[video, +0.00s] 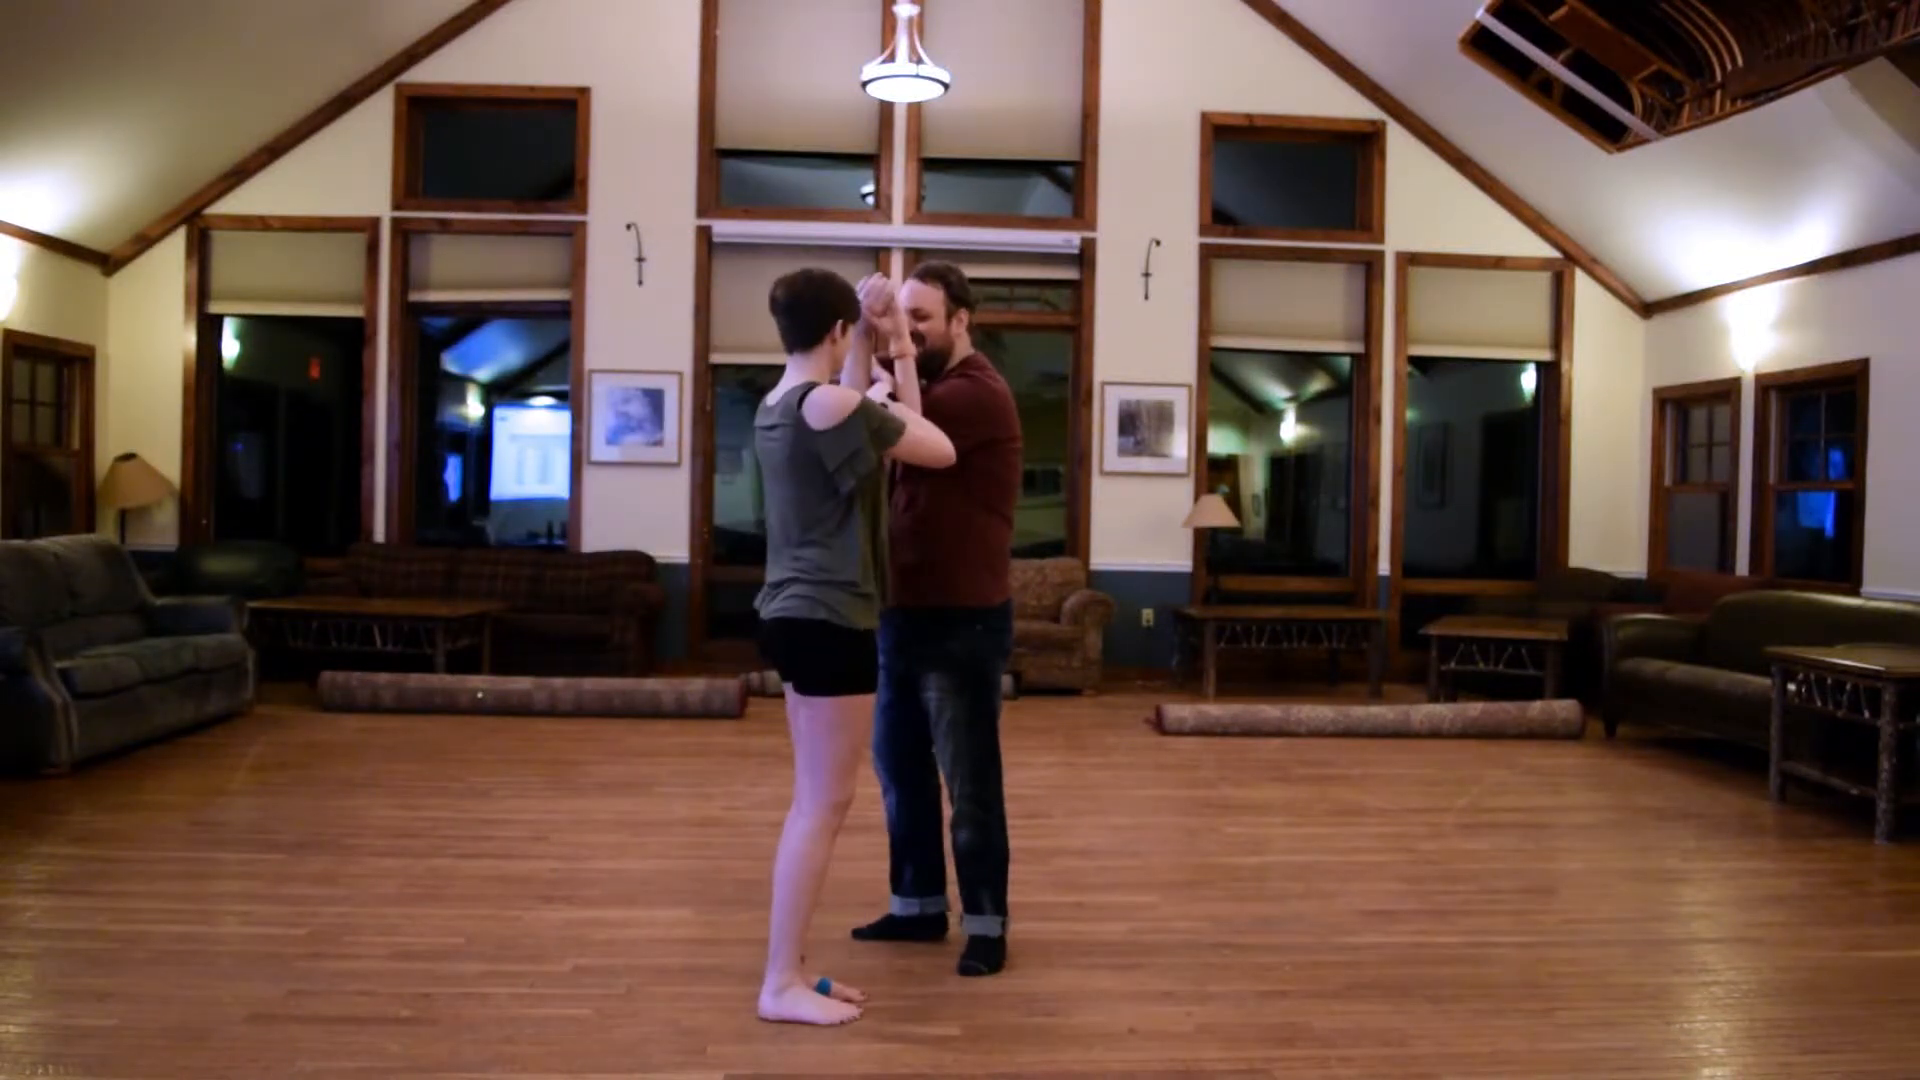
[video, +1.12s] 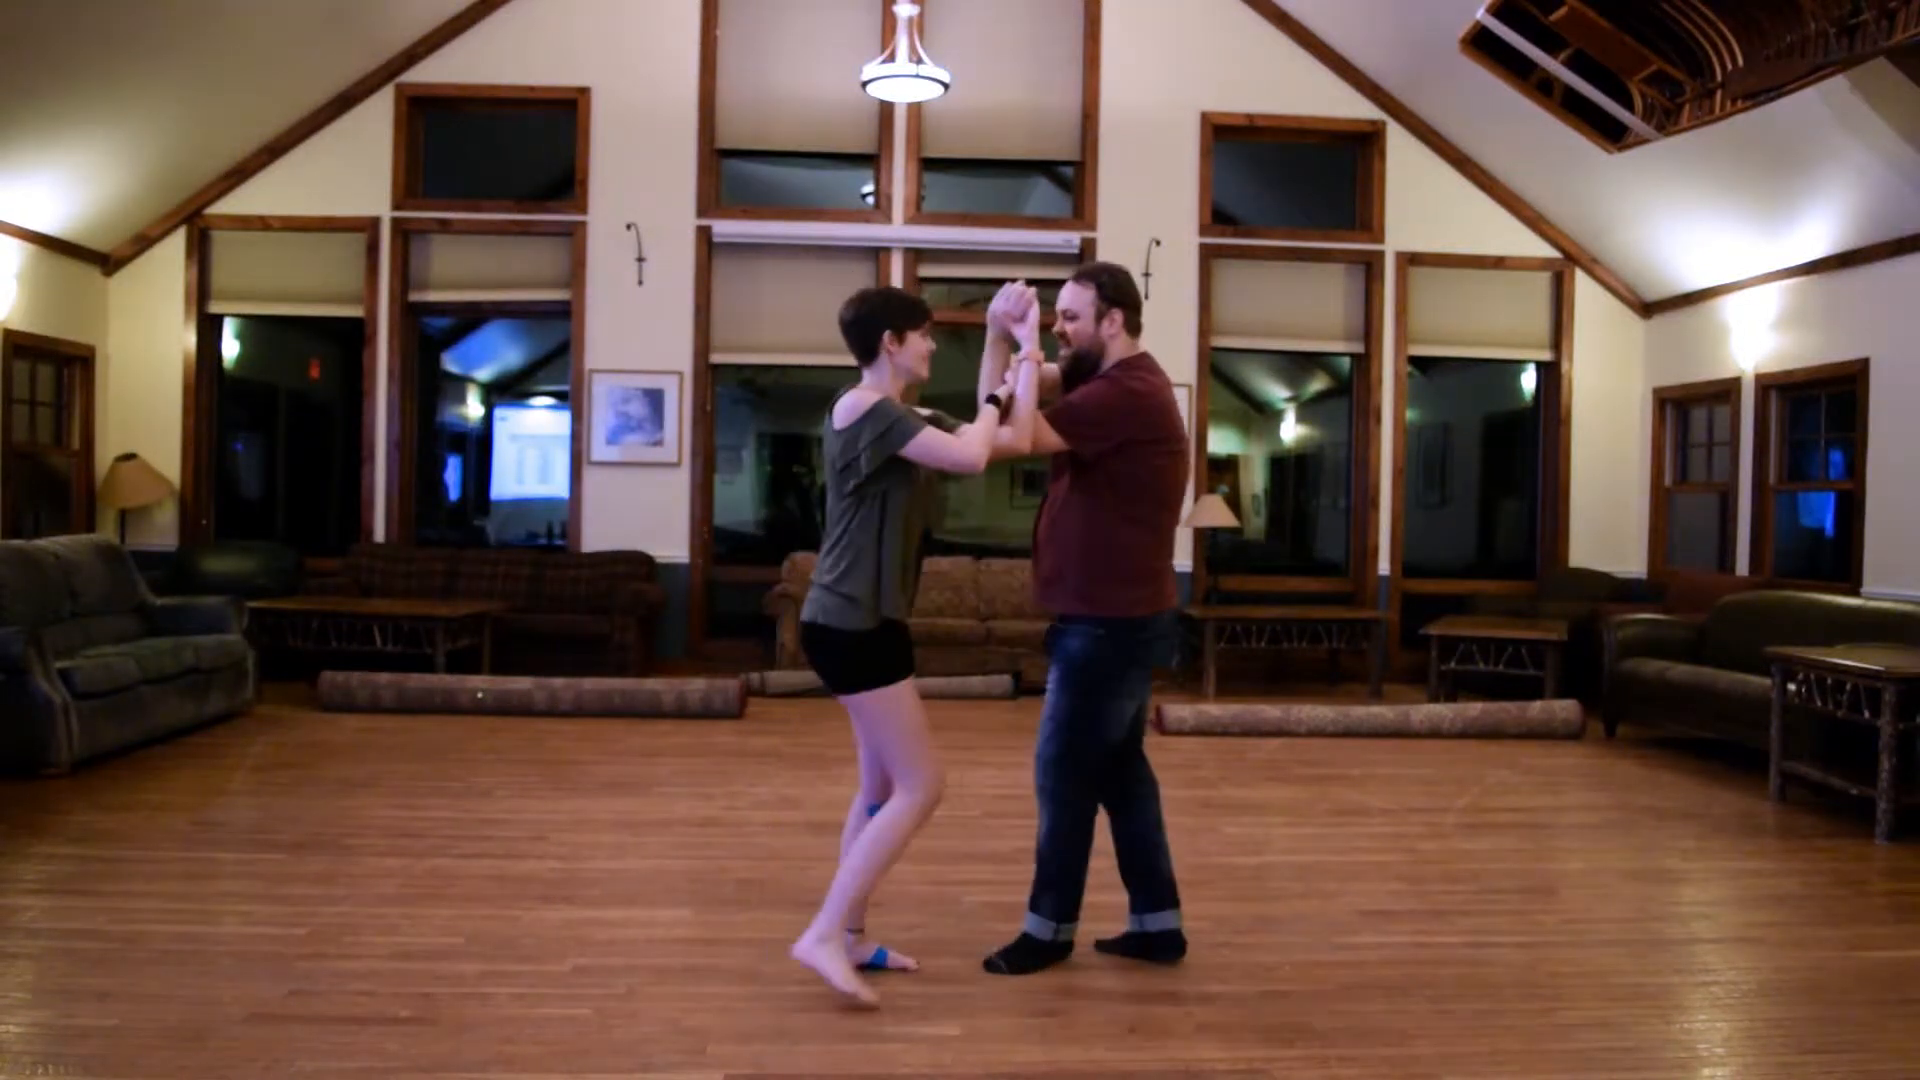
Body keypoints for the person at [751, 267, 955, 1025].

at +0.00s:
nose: (862, 336)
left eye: (862, 323)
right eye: (858, 326)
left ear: (789, 334)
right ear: (841, 333)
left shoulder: (777, 404)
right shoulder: (832, 405)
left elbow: (859, 429)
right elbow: (938, 448)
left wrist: (879, 351)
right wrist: (903, 367)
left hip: (795, 612)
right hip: (828, 619)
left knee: (817, 803)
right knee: (823, 806)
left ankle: (787, 975)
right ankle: (782, 985)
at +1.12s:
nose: (932, 351)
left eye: (932, 339)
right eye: (926, 338)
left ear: (883, 346)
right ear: (892, 344)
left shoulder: (863, 408)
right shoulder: (872, 414)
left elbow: (969, 445)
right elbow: (973, 453)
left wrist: (997, 366)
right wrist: (1010, 367)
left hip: (849, 619)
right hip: (858, 625)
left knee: (878, 786)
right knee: (921, 786)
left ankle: (849, 935)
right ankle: (824, 936)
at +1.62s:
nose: (1044, 358)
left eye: (1043, 346)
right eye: (1038, 347)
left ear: (994, 354)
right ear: (1008, 352)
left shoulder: (974, 418)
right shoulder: (991, 425)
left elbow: (1086, 448)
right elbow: (1091, 464)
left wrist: (1100, 364)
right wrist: (1116, 384)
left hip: (972, 626)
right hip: (989, 632)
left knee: (962, 789)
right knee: (1047, 790)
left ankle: (866, 913)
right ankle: (1055, 968)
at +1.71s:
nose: (1063, 357)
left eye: (1062, 345)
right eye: (1059, 345)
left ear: (1015, 352)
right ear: (1032, 350)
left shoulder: (990, 418)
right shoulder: (1015, 425)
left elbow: (1102, 448)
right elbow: (1123, 462)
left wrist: (1111, 363)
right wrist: (1145, 372)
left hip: (999, 623)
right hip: (1020, 629)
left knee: (1020, 797)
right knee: (1067, 791)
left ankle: (902, 890)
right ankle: (1056, 969)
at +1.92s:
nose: (1118, 349)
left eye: (1117, 337)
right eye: (1113, 337)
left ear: (1066, 347)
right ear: (1086, 344)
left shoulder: (1053, 410)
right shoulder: (1071, 419)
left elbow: (1161, 438)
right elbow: (1187, 454)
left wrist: (1165, 356)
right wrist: (1198, 371)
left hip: (1084, 625)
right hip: (1064, 631)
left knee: (1142, 788)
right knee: (1090, 801)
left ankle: (1045, 913)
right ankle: (1055, 970)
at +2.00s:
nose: (1137, 347)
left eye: (1136, 335)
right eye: (1133, 335)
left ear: (1084, 344)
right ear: (1108, 341)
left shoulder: (1072, 408)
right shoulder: (1097, 414)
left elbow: (1178, 443)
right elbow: (1209, 452)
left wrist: (1185, 364)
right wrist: (1217, 374)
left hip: (1107, 623)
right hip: (1078, 627)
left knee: (1158, 784)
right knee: (1091, 797)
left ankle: (1123, 950)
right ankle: (1056, 970)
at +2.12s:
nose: (1166, 349)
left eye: (1165, 337)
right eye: (1162, 338)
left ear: (1110, 346)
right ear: (1143, 344)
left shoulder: (1101, 411)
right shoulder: (1136, 420)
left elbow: (1200, 425)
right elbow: (1243, 455)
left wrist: (1210, 345)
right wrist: (1243, 382)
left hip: (1131, 628)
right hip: (1107, 631)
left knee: (1173, 795)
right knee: (1096, 804)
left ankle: (1217, 958)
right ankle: (1055, 969)